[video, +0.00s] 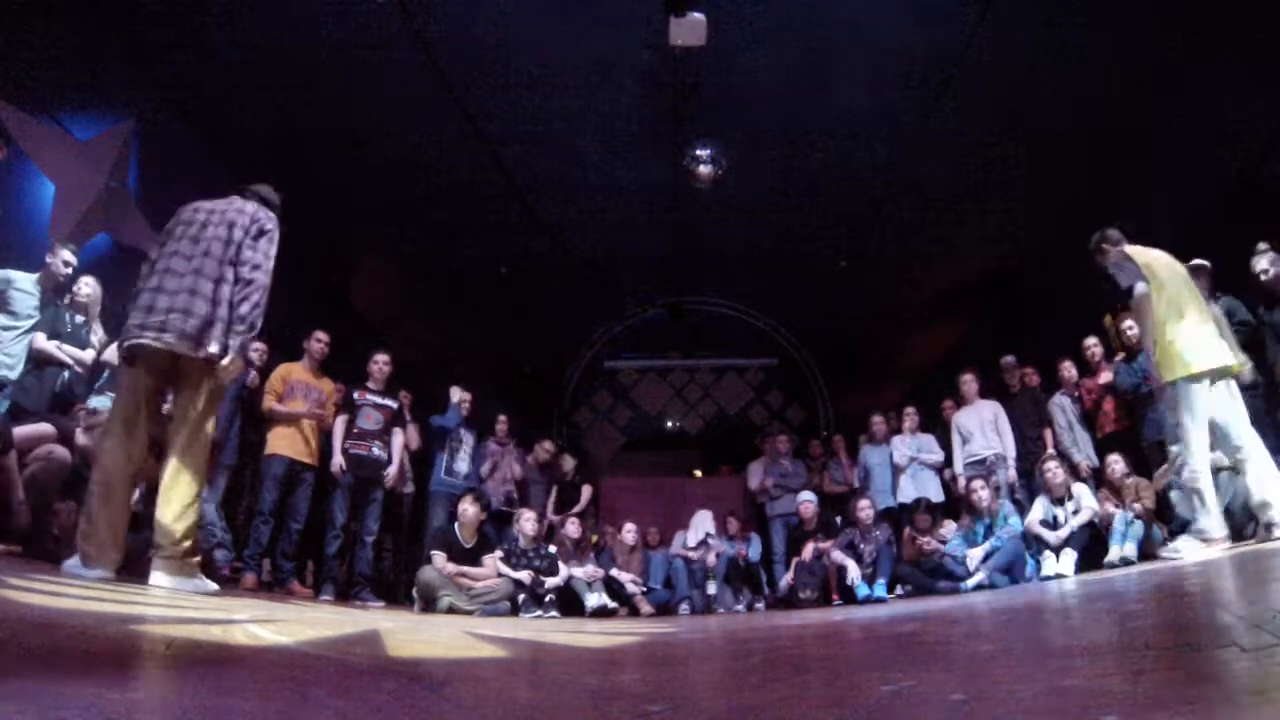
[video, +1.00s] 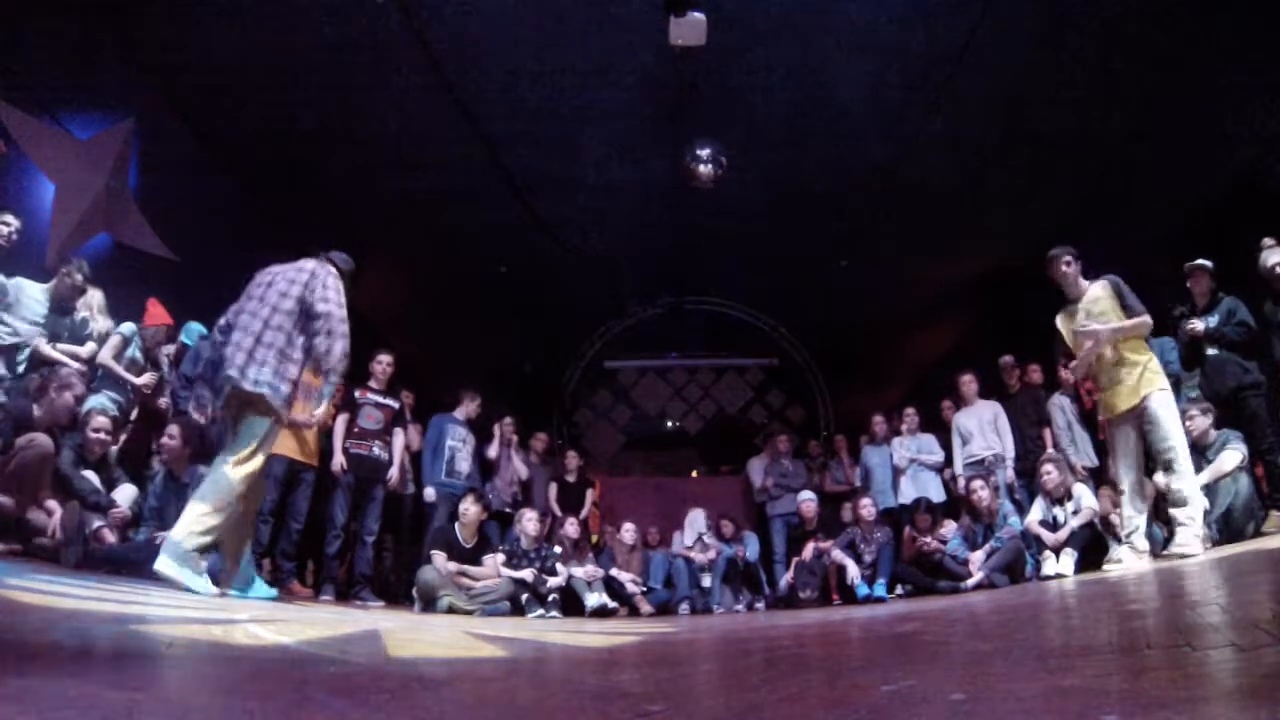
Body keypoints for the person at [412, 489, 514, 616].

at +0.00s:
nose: (464, 508)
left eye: (471, 505)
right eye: (462, 503)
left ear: (483, 515)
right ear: (457, 507)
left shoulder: (484, 539)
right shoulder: (442, 534)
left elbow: (492, 572)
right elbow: (440, 567)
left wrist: (459, 569)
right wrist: (473, 584)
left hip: (478, 589)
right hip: (448, 587)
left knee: (507, 585)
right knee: (426, 574)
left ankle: (454, 605)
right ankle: (477, 610)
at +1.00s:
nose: (465, 508)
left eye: (473, 505)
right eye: (464, 502)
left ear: (483, 515)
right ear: (458, 505)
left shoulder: (483, 538)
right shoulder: (442, 533)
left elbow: (493, 572)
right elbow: (440, 567)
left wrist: (460, 568)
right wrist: (474, 584)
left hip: (476, 590)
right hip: (446, 588)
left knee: (507, 585)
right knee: (427, 574)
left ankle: (454, 605)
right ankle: (477, 609)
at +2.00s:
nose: (482, 512)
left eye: (484, 508)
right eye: (476, 507)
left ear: (488, 512)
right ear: (461, 509)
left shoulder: (485, 538)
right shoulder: (442, 533)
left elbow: (493, 572)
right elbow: (442, 570)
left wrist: (462, 569)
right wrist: (474, 584)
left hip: (476, 590)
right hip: (447, 589)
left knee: (506, 585)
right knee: (426, 573)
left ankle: (453, 605)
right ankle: (477, 609)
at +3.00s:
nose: (492, 519)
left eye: (491, 514)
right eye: (489, 514)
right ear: (474, 514)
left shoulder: (484, 540)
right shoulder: (441, 534)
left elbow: (492, 572)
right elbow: (443, 571)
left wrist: (462, 569)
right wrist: (474, 584)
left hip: (475, 590)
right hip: (447, 589)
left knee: (506, 585)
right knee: (431, 574)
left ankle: (454, 604)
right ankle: (477, 610)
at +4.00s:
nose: (488, 513)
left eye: (488, 509)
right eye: (483, 507)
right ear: (465, 509)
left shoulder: (485, 536)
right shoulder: (443, 530)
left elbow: (492, 572)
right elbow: (441, 568)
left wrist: (461, 569)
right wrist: (475, 584)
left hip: (478, 590)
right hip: (448, 588)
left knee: (507, 585)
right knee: (427, 573)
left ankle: (454, 605)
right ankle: (477, 610)